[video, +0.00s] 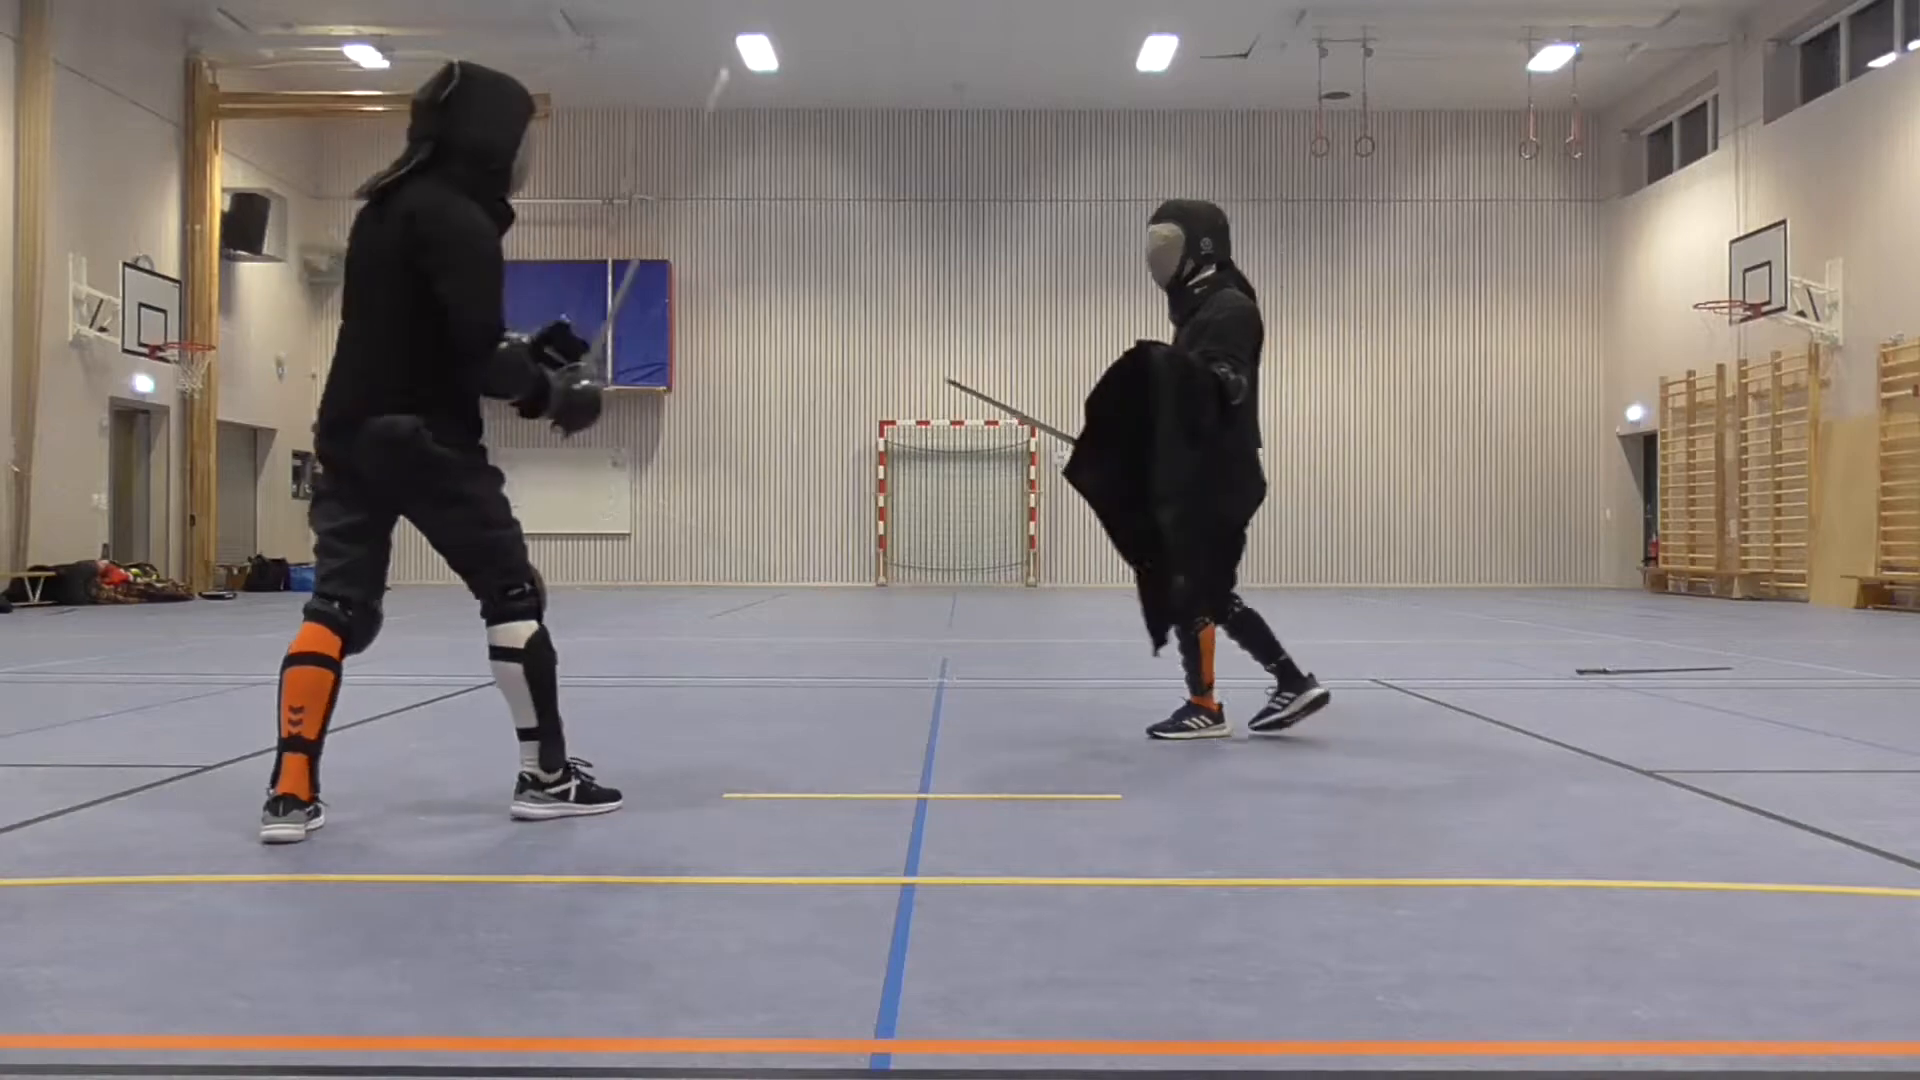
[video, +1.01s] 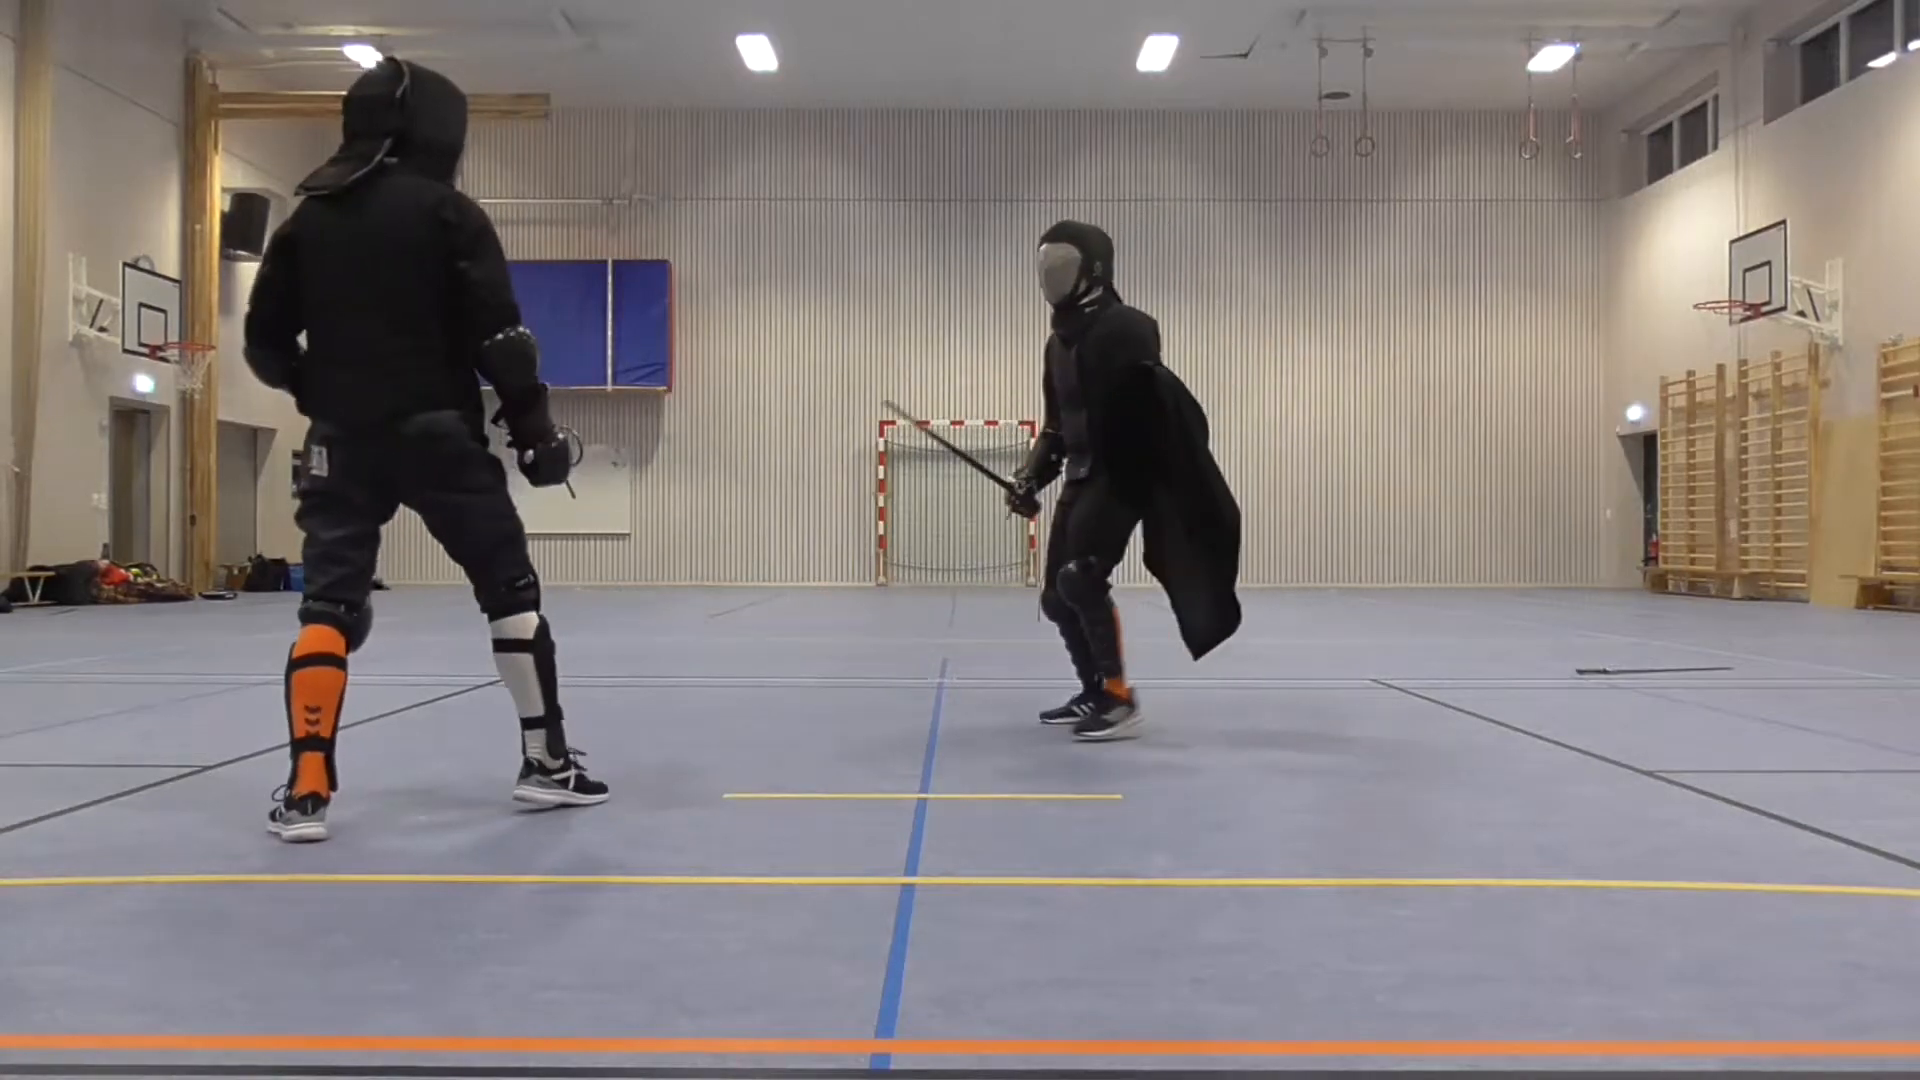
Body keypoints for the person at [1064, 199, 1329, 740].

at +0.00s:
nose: (1156, 260)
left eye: (1166, 248)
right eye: (1155, 248)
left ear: (1200, 248)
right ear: (1199, 251)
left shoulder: (1228, 309)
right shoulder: (1202, 306)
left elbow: (1224, 391)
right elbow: (1200, 391)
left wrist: (1163, 367)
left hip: (1220, 477)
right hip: (1208, 475)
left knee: (1193, 588)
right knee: (1211, 589)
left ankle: (1203, 706)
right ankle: (1294, 683)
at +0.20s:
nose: (1140, 261)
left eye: (1150, 250)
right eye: (1139, 250)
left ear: (1183, 250)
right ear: (1178, 252)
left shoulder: (1216, 311)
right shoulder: (1182, 309)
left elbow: (1218, 391)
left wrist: (1163, 365)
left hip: (1210, 474)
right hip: (1184, 473)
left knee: (1174, 593)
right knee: (1175, 590)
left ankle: (1205, 707)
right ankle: (1220, 691)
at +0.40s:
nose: (1122, 266)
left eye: (1133, 254)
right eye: (1120, 254)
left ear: (1167, 256)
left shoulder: (1192, 321)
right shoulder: (1158, 316)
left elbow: (1188, 410)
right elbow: (1145, 418)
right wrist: (1113, 487)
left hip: (1195, 482)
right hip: (1167, 477)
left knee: (1165, 589)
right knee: (1148, 585)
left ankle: (1204, 705)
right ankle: (1124, 683)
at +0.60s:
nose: (1097, 271)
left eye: (1108, 260)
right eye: (1096, 260)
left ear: (1140, 263)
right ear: (1135, 265)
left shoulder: (1162, 326)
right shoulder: (1129, 324)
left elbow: (1145, 421)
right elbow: (1126, 414)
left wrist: (1100, 478)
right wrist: (1094, 469)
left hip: (1175, 487)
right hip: (1142, 485)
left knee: (1162, 592)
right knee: (1106, 591)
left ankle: (1203, 704)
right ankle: (1100, 693)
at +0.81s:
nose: (1071, 273)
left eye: (1082, 262)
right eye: (1069, 262)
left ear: (1115, 264)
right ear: (1071, 266)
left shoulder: (1142, 329)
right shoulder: (1086, 336)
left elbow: (1155, 424)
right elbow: (1086, 419)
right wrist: (1059, 472)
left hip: (1141, 493)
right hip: (1099, 490)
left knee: (1127, 594)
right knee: (1076, 594)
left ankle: (1191, 694)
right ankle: (1097, 695)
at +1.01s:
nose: (1047, 277)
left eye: (1058, 266)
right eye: (1044, 267)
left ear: (1091, 269)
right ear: (1047, 270)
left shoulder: (1124, 330)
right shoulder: (1061, 340)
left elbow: (1141, 421)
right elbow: (1058, 425)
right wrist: (1032, 478)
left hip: (1121, 482)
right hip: (1080, 481)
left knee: (1081, 578)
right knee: (1058, 594)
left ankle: (1116, 697)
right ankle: (1094, 693)